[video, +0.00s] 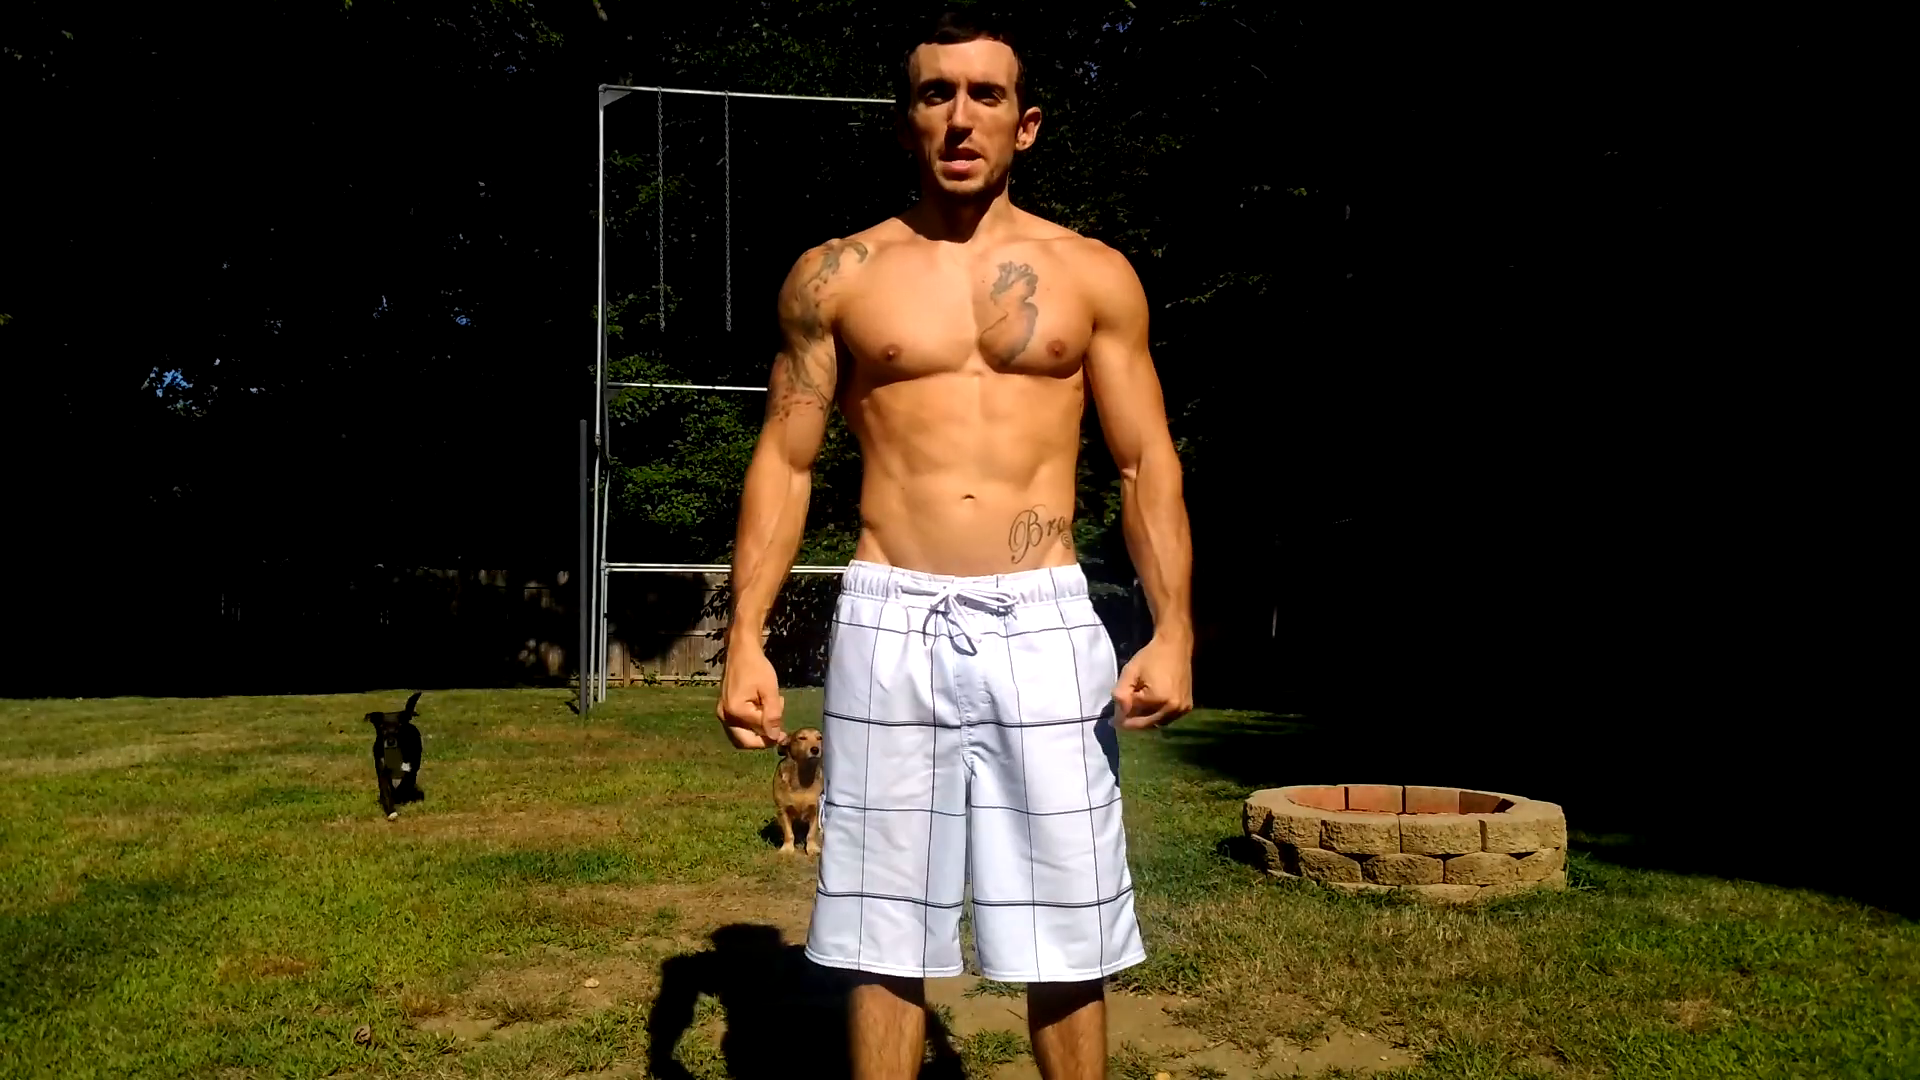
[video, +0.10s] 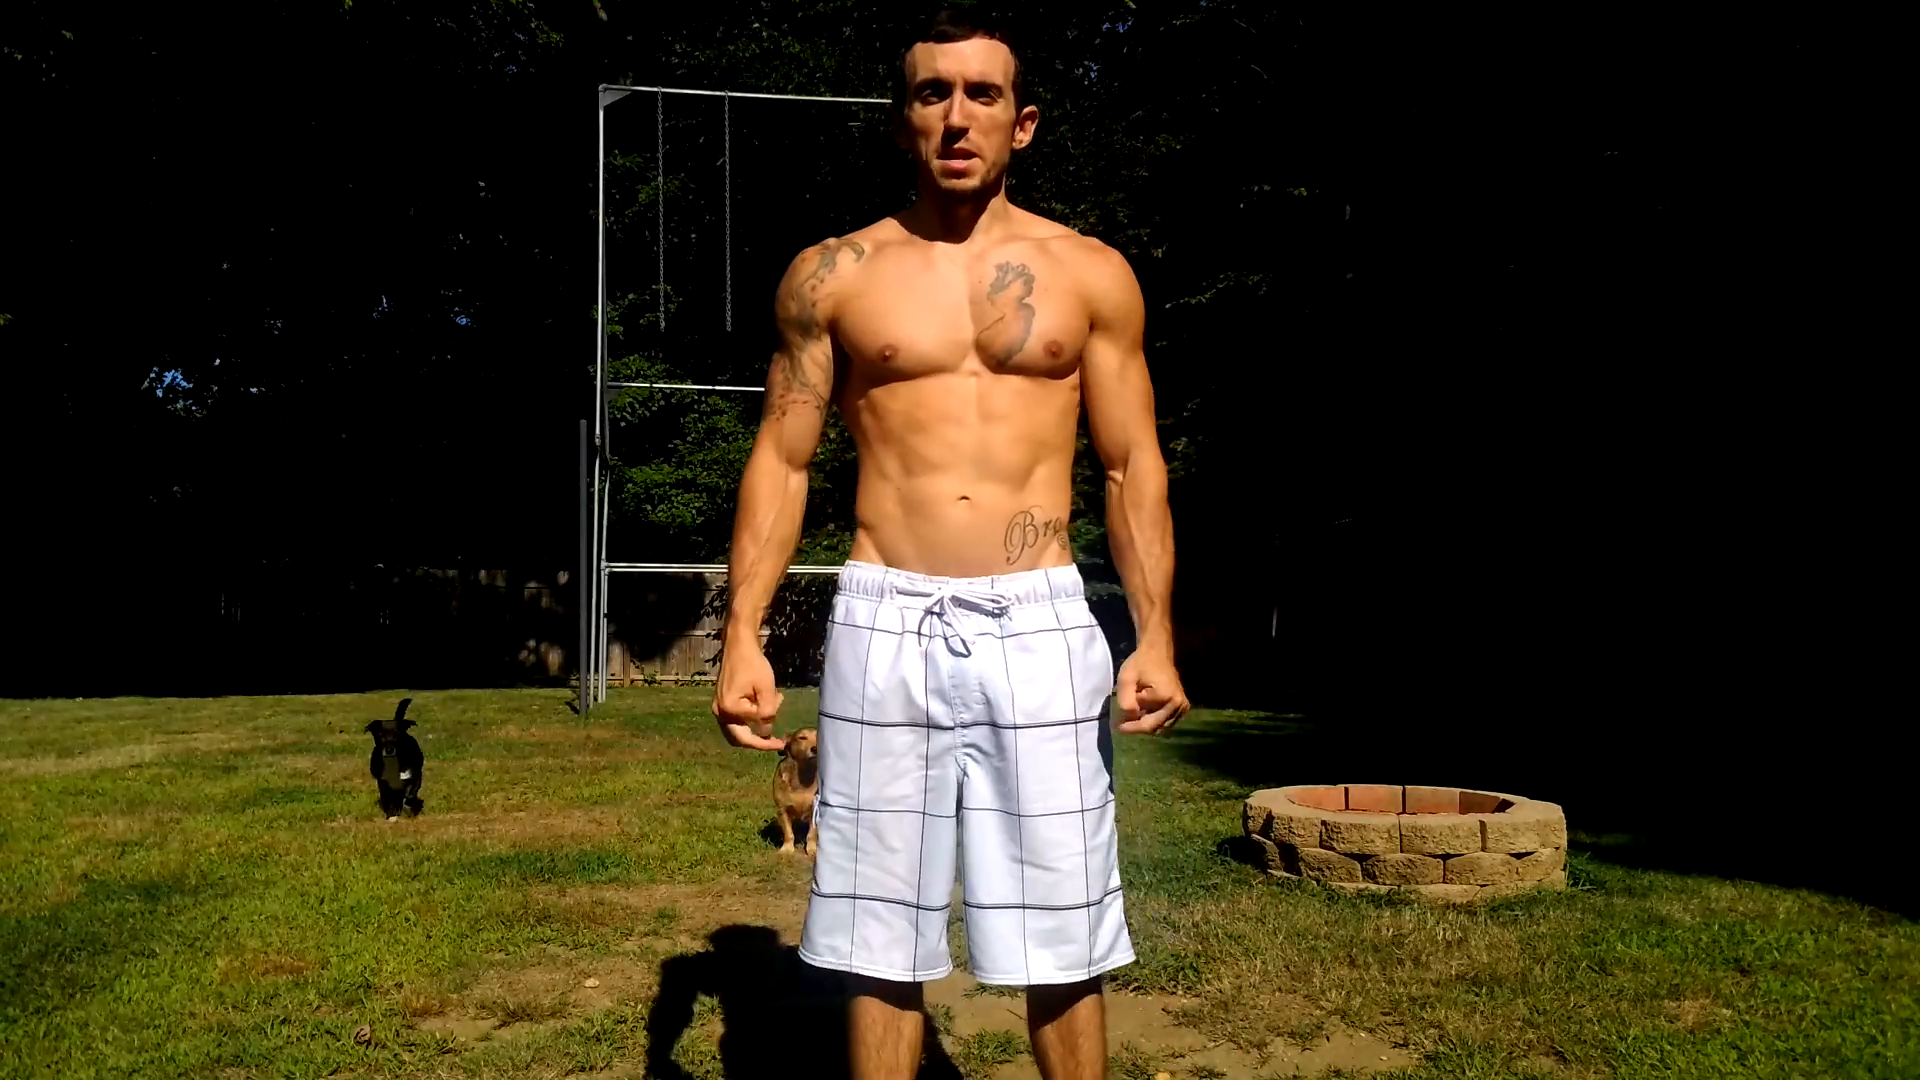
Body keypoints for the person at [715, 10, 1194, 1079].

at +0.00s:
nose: (959, 116)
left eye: (985, 95)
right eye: (935, 95)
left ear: (1023, 122)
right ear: (907, 119)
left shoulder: (1094, 274)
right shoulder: (833, 277)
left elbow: (1147, 462)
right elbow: (785, 460)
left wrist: (1174, 631)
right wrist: (744, 638)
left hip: (1044, 624)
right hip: (889, 623)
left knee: (1067, 949)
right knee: (881, 944)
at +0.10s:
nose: (956, 116)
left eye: (982, 95)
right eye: (932, 94)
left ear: (1019, 121)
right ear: (904, 119)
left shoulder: (1092, 274)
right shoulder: (829, 277)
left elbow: (1132, 464)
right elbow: (782, 458)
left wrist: (1155, 636)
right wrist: (742, 635)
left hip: (1040, 625)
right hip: (883, 622)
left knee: (1062, 947)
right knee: (880, 944)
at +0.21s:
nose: (958, 112)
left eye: (984, 93)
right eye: (935, 91)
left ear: (1020, 121)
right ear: (905, 115)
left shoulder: (1091, 274)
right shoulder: (828, 274)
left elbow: (1125, 466)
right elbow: (782, 456)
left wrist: (1149, 637)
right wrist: (745, 630)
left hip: (1040, 623)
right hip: (882, 621)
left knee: (1062, 946)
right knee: (877, 949)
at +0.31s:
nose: (961, 116)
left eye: (988, 94)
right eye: (938, 92)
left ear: (1023, 121)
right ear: (906, 113)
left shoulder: (1091, 274)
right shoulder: (828, 273)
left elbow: (1130, 465)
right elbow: (781, 454)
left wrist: (1155, 636)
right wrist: (749, 630)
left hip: (1040, 623)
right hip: (882, 622)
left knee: (1063, 946)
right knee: (878, 949)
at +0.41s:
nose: (966, 116)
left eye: (994, 96)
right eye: (943, 92)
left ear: (1027, 123)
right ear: (910, 113)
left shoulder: (1093, 274)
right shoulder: (830, 273)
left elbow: (1137, 462)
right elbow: (781, 454)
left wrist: (1156, 632)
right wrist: (750, 629)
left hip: (1041, 622)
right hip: (883, 621)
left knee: (1063, 950)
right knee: (880, 949)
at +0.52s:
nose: (971, 118)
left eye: (999, 98)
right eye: (948, 93)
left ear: (1030, 123)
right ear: (912, 113)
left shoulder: (1095, 274)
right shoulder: (832, 274)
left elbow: (1141, 461)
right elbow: (785, 456)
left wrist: (1164, 626)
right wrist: (752, 631)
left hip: (1042, 623)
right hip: (884, 620)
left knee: (1064, 953)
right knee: (880, 951)